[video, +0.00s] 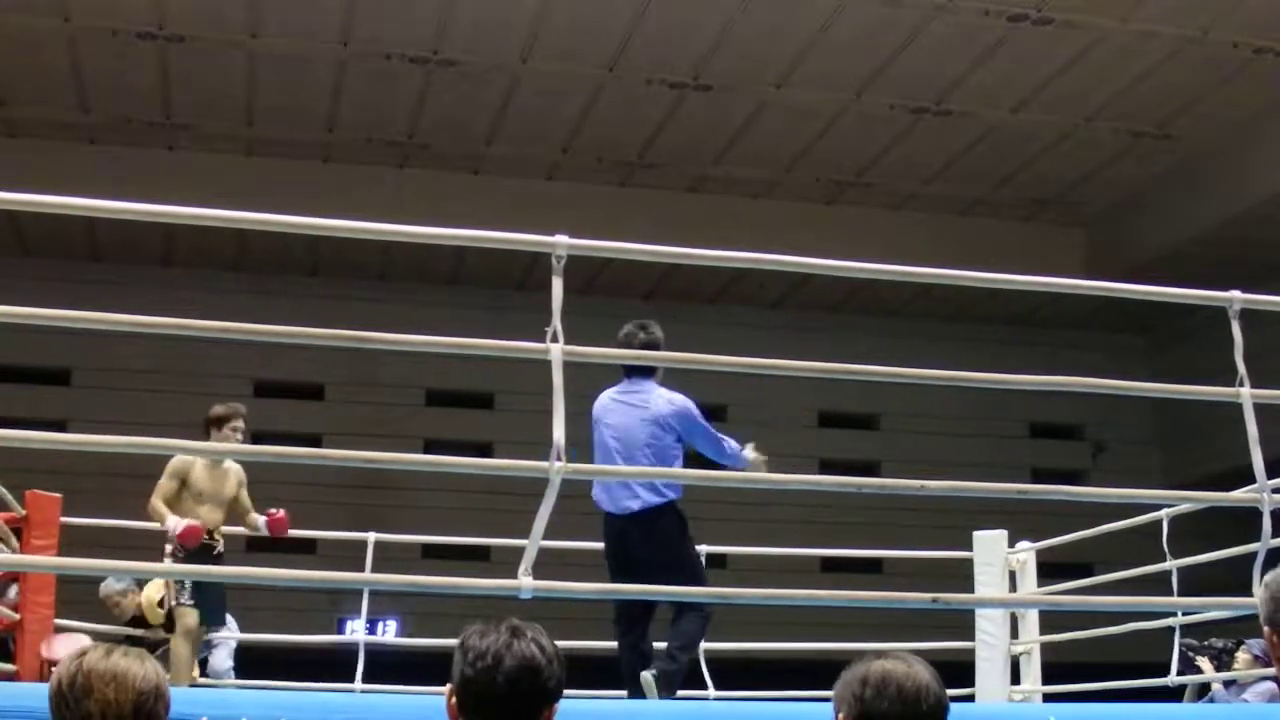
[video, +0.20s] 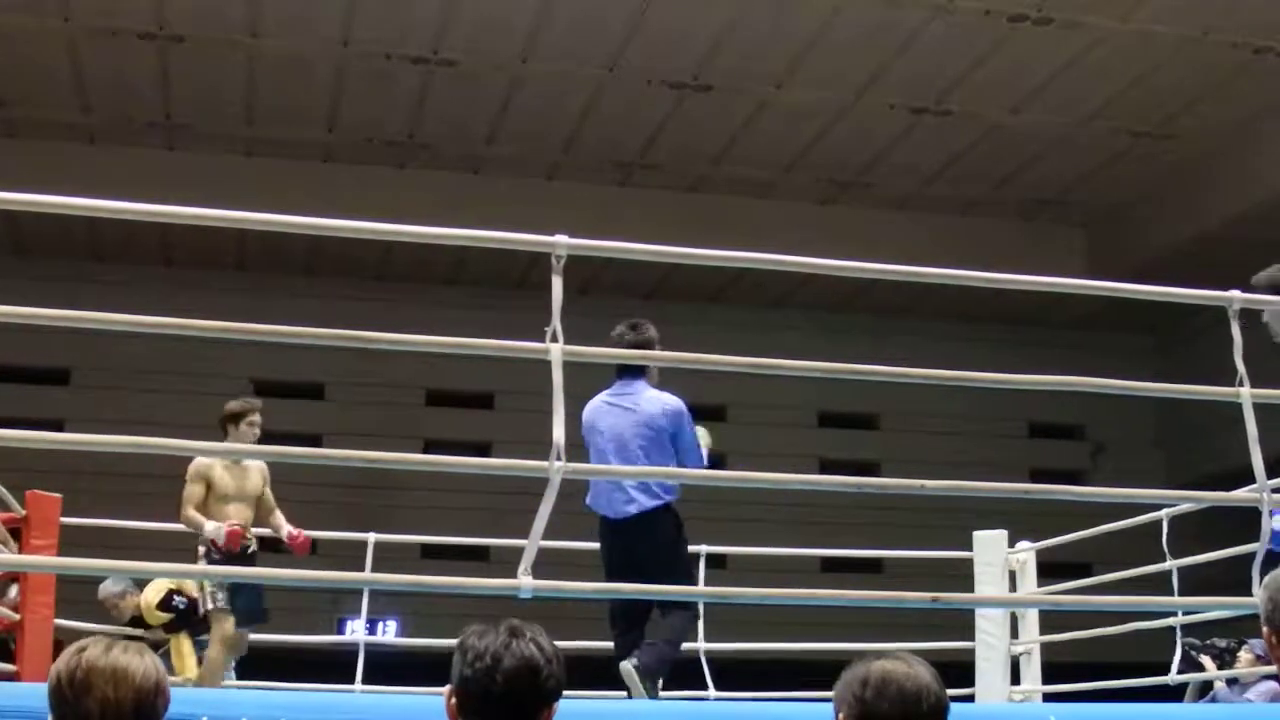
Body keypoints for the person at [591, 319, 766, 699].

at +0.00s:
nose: (657, 359)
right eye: (659, 353)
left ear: (622, 358)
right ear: (660, 360)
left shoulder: (602, 403)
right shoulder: (673, 405)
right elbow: (713, 444)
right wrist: (744, 456)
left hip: (615, 524)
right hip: (661, 521)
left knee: (631, 610)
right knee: (694, 600)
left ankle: (635, 700)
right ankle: (664, 677)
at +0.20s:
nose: (660, 360)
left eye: (655, 354)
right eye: (658, 354)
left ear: (615, 359)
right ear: (652, 360)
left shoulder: (592, 409)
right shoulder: (670, 407)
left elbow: (600, 458)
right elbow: (694, 467)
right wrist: (698, 445)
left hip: (611, 524)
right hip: (657, 520)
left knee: (626, 609)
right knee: (681, 603)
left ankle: (635, 699)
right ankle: (645, 665)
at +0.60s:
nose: (649, 334)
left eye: (646, 326)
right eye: (646, 327)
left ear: (600, 331)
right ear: (636, 332)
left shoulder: (572, 379)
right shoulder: (645, 377)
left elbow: (548, 442)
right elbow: (651, 439)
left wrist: (569, 474)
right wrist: (654, 478)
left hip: (577, 496)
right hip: (621, 495)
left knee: (594, 587)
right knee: (620, 588)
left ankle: (600, 678)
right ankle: (608, 685)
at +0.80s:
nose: (622, 324)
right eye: (621, 319)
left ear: (576, 322)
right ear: (617, 325)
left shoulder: (548, 374)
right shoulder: (626, 373)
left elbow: (538, 444)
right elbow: (638, 442)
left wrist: (556, 479)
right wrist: (625, 472)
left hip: (554, 492)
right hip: (602, 494)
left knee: (550, 593)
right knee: (605, 592)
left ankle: (536, 690)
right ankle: (605, 691)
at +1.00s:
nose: (539, 318)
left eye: (542, 312)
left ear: (542, 318)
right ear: (588, 323)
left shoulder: (517, 369)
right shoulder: (606, 370)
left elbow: (517, 422)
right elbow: (616, 434)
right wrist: (596, 465)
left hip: (521, 491)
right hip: (578, 494)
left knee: (511, 593)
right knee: (579, 596)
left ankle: (503, 697)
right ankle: (594, 696)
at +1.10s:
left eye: (531, 305)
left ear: (531, 310)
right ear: (577, 312)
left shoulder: (502, 361)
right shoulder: (595, 361)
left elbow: (489, 425)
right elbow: (607, 426)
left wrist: (512, 457)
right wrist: (584, 458)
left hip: (506, 487)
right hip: (567, 490)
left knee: (501, 588)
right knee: (572, 591)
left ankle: (494, 692)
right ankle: (578, 695)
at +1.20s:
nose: (569, 300)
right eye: (570, 294)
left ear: (523, 296)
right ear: (568, 298)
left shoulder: (492, 343)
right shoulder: (584, 347)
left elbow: (462, 418)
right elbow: (597, 414)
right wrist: (568, 448)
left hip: (499, 477)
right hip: (557, 479)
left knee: (497, 577)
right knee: (564, 579)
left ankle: (493, 676)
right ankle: (551, 679)